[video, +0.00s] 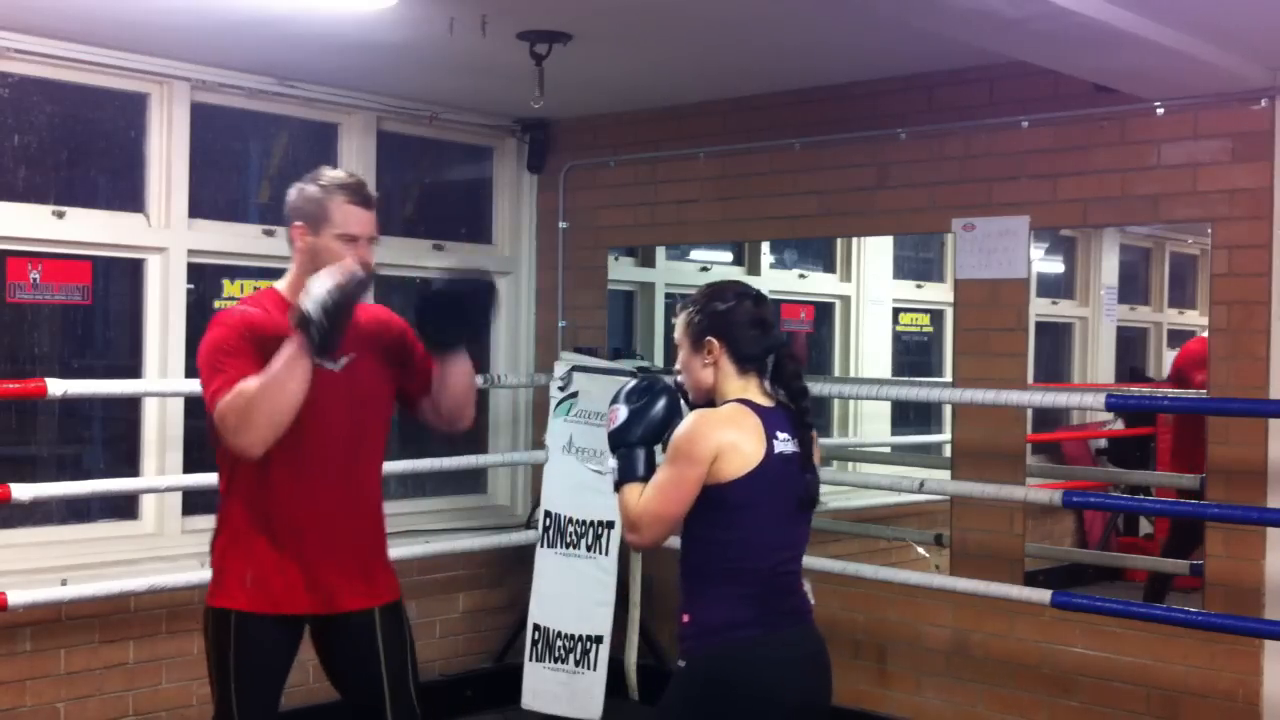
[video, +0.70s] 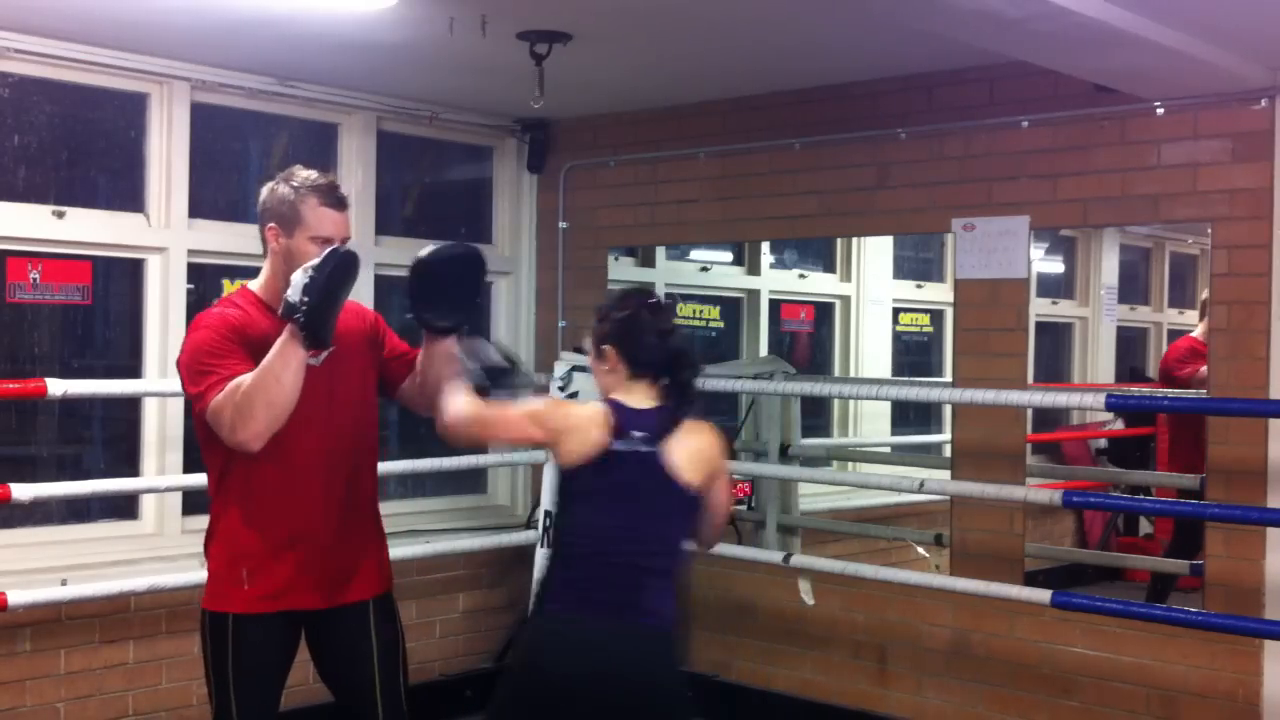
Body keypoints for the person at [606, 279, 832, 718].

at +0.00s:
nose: (676, 365)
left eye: (680, 351)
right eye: (676, 351)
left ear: (712, 352)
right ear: (756, 351)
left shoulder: (706, 429)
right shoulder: (798, 428)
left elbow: (640, 530)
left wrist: (629, 448)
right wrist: (680, 430)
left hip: (723, 665)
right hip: (797, 656)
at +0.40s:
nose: (653, 375)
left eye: (653, 361)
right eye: (649, 362)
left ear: (677, 357)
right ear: (724, 354)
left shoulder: (689, 429)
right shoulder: (756, 433)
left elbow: (614, 491)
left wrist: (576, 453)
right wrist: (637, 449)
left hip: (672, 658)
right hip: (740, 656)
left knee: (584, 709)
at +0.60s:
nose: (611, 373)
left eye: (611, 361)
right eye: (608, 362)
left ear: (632, 358)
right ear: (685, 356)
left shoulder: (603, 415)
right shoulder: (727, 439)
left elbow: (489, 418)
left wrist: (503, 375)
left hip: (602, 659)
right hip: (687, 665)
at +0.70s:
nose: (593, 366)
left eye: (594, 356)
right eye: (593, 355)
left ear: (611, 360)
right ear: (667, 361)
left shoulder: (571, 420)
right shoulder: (704, 442)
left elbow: (460, 419)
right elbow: (709, 533)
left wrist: (456, 374)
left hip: (562, 635)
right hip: (647, 647)